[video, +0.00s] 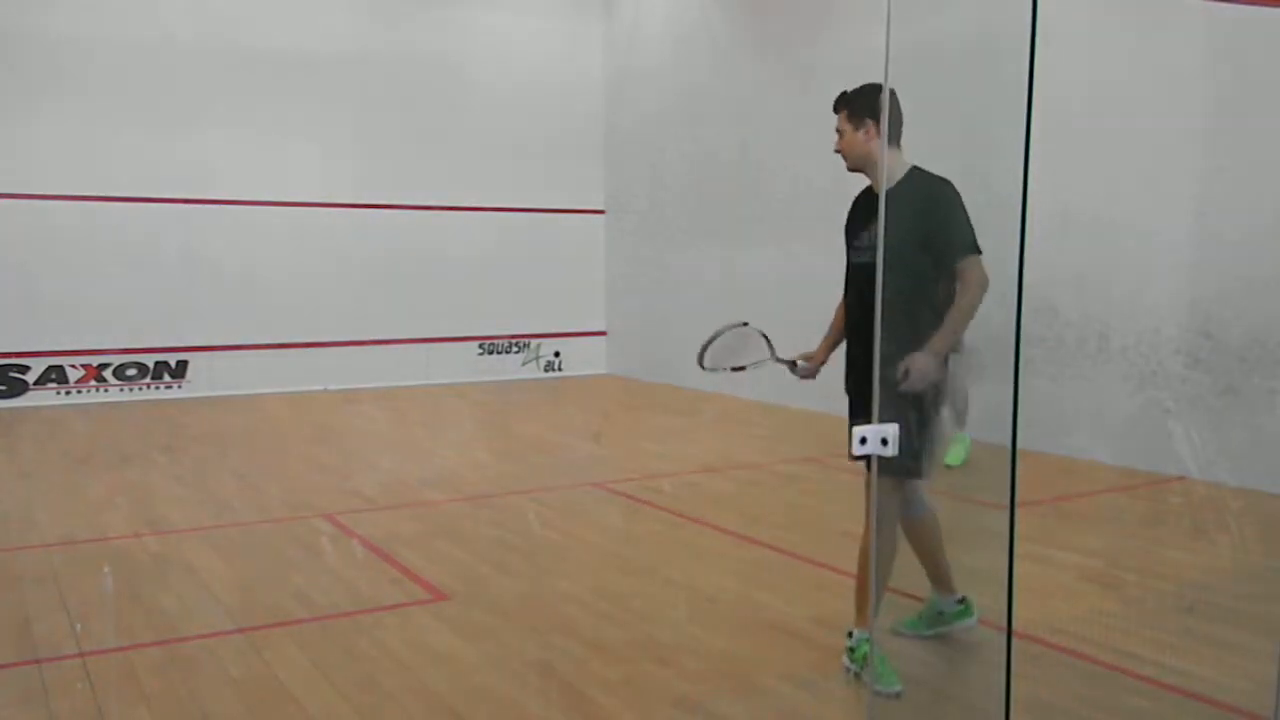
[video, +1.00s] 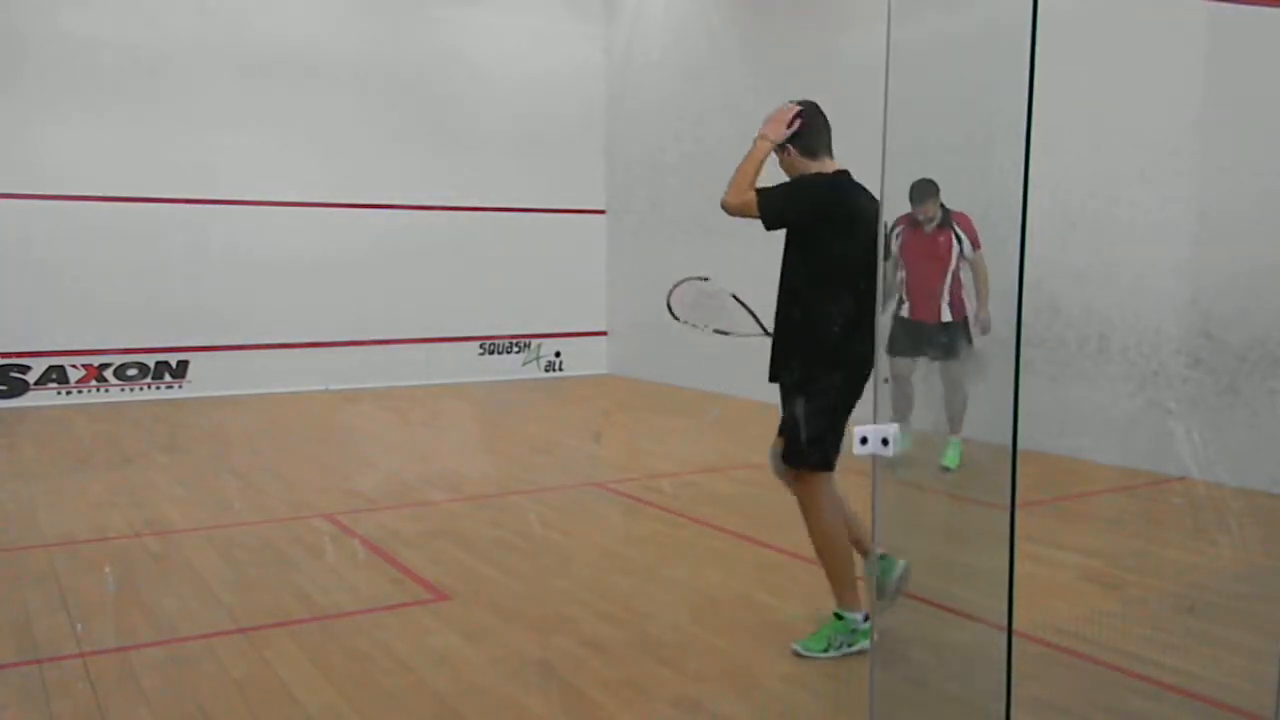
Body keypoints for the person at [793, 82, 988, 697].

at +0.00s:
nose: (836, 145)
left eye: (841, 133)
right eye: (836, 133)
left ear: (872, 130)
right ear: (866, 132)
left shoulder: (934, 193)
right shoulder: (863, 208)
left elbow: (975, 279)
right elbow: (857, 292)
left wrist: (936, 350)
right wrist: (822, 351)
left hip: (910, 374)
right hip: (867, 372)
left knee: (883, 495)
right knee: (904, 492)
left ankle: (863, 635)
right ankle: (948, 597)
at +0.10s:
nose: (837, 150)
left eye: (840, 138)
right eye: (836, 139)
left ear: (868, 136)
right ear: (870, 136)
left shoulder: (931, 194)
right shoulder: (873, 212)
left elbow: (966, 274)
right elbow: (869, 298)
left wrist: (886, 310)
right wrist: (840, 352)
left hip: (917, 368)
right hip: (885, 368)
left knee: (885, 489)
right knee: (914, 484)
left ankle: (876, 634)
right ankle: (954, 604)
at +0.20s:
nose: (841, 156)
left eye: (844, 144)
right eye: (840, 145)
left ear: (869, 139)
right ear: (874, 138)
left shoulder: (924, 195)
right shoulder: (889, 208)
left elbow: (929, 274)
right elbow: (898, 298)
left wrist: (853, 255)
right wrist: (861, 354)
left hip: (911, 370)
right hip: (897, 368)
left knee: (887, 493)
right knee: (924, 485)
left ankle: (881, 638)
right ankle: (957, 608)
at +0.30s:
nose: (845, 154)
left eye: (846, 143)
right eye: (843, 145)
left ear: (870, 138)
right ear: (880, 137)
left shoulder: (913, 191)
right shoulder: (913, 191)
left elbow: (878, 257)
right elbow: (915, 294)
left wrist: (835, 208)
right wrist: (871, 353)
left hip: (906, 365)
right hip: (911, 360)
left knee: (885, 490)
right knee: (922, 482)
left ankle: (880, 635)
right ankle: (957, 607)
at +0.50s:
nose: (842, 161)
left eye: (844, 151)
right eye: (841, 151)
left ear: (863, 144)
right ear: (884, 141)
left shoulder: (885, 190)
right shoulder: (919, 185)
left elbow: (817, 208)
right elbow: (923, 282)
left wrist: (827, 152)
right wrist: (871, 343)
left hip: (886, 361)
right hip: (914, 357)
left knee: (851, 477)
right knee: (915, 475)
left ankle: (869, 621)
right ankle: (955, 606)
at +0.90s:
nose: (797, 170)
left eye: (798, 159)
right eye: (796, 160)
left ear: (807, 150)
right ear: (842, 146)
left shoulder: (837, 194)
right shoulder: (873, 197)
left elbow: (755, 193)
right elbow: (879, 291)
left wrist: (787, 138)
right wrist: (838, 349)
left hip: (830, 370)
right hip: (856, 367)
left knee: (813, 488)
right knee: (847, 484)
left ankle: (852, 618)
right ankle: (925, 580)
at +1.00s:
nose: (780, 167)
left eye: (780, 156)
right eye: (779, 157)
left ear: (791, 149)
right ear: (826, 144)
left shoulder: (814, 196)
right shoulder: (860, 198)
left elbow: (736, 200)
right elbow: (859, 289)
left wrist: (763, 141)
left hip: (816, 364)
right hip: (845, 359)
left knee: (812, 481)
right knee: (790, 463)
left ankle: (853, 618)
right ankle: (877, 558)